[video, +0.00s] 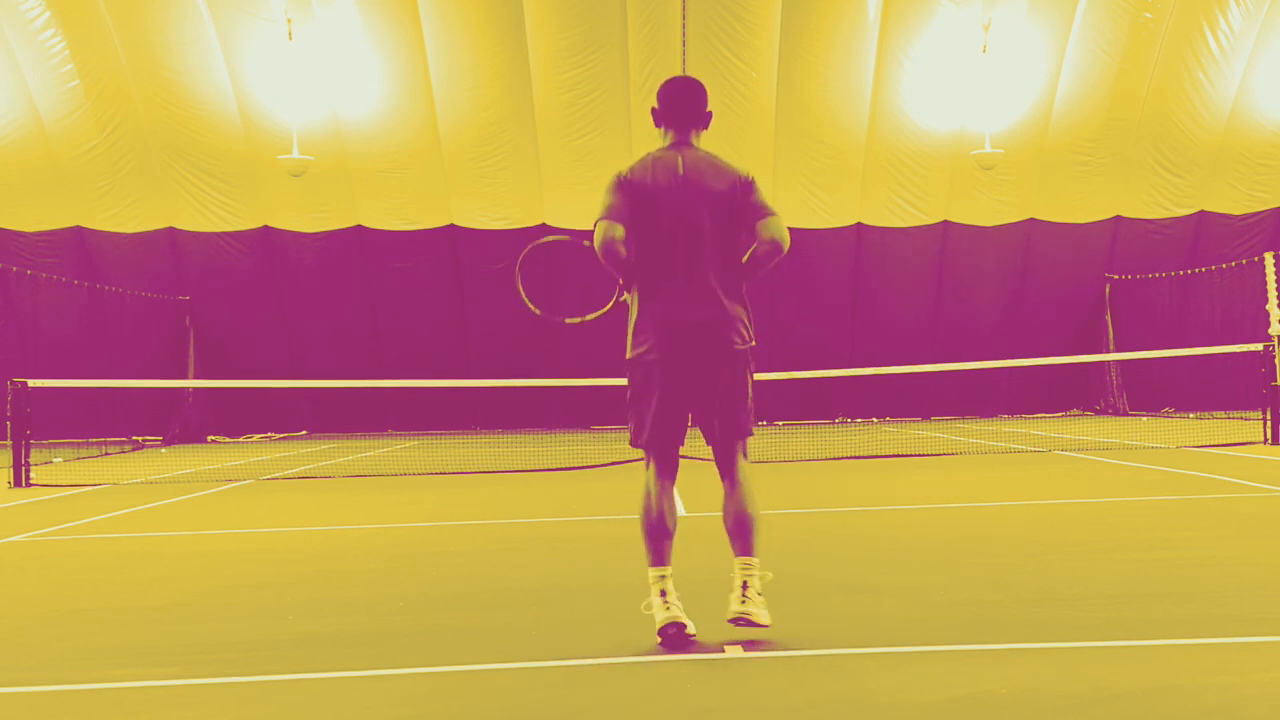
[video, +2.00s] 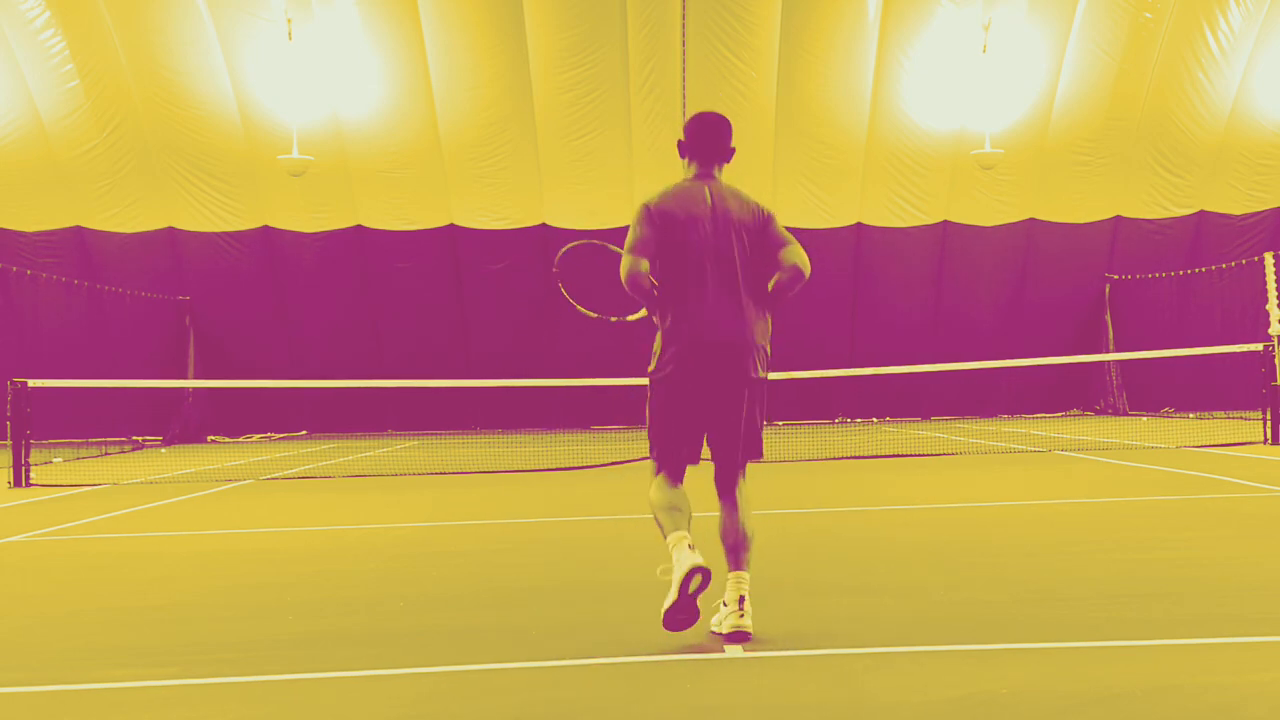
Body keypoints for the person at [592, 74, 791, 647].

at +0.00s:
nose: (674, 128)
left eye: (663, 117)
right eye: (697, 119)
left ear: (656, 120)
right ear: (708, 122)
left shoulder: (631, 179)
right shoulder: (735, 179)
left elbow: (607, 240)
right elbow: (775, 240)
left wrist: (633, 281)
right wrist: (736, 281)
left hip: (658, 339)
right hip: (721, 336)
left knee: (659, 470)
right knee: (733, 463)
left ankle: (664, 601)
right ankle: (747, 591)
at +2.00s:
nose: (691, 159)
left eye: (686, 150)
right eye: (717, 153)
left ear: (683, 152)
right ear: (730, 156)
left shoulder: (658, 207)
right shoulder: (754, 211)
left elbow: (633, 272)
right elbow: (797, 266)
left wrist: (659, 307)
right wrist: (761, 303)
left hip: (682, 357)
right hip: (740, 359)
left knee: (667, 473)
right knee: (731, 483)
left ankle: (684, 556)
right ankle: (737, 603)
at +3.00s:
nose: (700, 169)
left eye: (674, 160)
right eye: (706, 160)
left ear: (660, 161)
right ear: (710, 163)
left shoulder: (626, 219)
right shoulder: (734, 223)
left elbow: (610, 303)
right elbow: (762, 301)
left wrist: (624, 346)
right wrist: (722, 326)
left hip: (646, 367)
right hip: (715, 368)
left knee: (629, 482)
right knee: (719, 483)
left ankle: (609, 585)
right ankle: (734, 604)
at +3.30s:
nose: (642, 173)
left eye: (629, 165)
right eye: (644, 166)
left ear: (592, 167)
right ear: (644, 167)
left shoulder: (556, 227)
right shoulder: (655, 225)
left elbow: (552, 310)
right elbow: (679, 318)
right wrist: (661, 366)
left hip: (563, 383)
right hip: (634, 377)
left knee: (594, 511)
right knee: (678, 492)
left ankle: (548, 622)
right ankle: (704, 614)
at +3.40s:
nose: (626, 165)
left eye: (621, 155)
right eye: (627, 156)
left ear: (575, 158)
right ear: (625, 158)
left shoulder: (541, 213)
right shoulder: (628, 214)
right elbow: (657, 309)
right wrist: (653, 345)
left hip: (526, 368)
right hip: (589, 363)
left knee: (582, 504)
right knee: (647, 488)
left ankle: (543, 637)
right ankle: (630, 620)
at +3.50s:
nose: (614, 134)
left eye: (607, 125)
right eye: (616, 125)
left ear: (564, 124)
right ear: (616, 126)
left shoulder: (531, 177)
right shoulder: (610, 182)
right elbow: (654, 276)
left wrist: (654, 281)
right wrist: (681, 302)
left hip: (486, 324)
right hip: (549, 324)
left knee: (536, 479)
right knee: (602, 471)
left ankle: (531, 619)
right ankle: (561, 603)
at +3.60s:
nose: (603, 124)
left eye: (596, 114)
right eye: (605, 114)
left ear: (551, 113)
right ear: (606, 115)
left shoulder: (517, 159)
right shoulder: (603, 170)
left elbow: (543, 228)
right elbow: (675, 244)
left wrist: (612, 225)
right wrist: (709, 242)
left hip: (449, 319)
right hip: (514, 320)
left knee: (494, 471)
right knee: (562, 473)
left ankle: (460, 615)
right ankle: (525, 609)